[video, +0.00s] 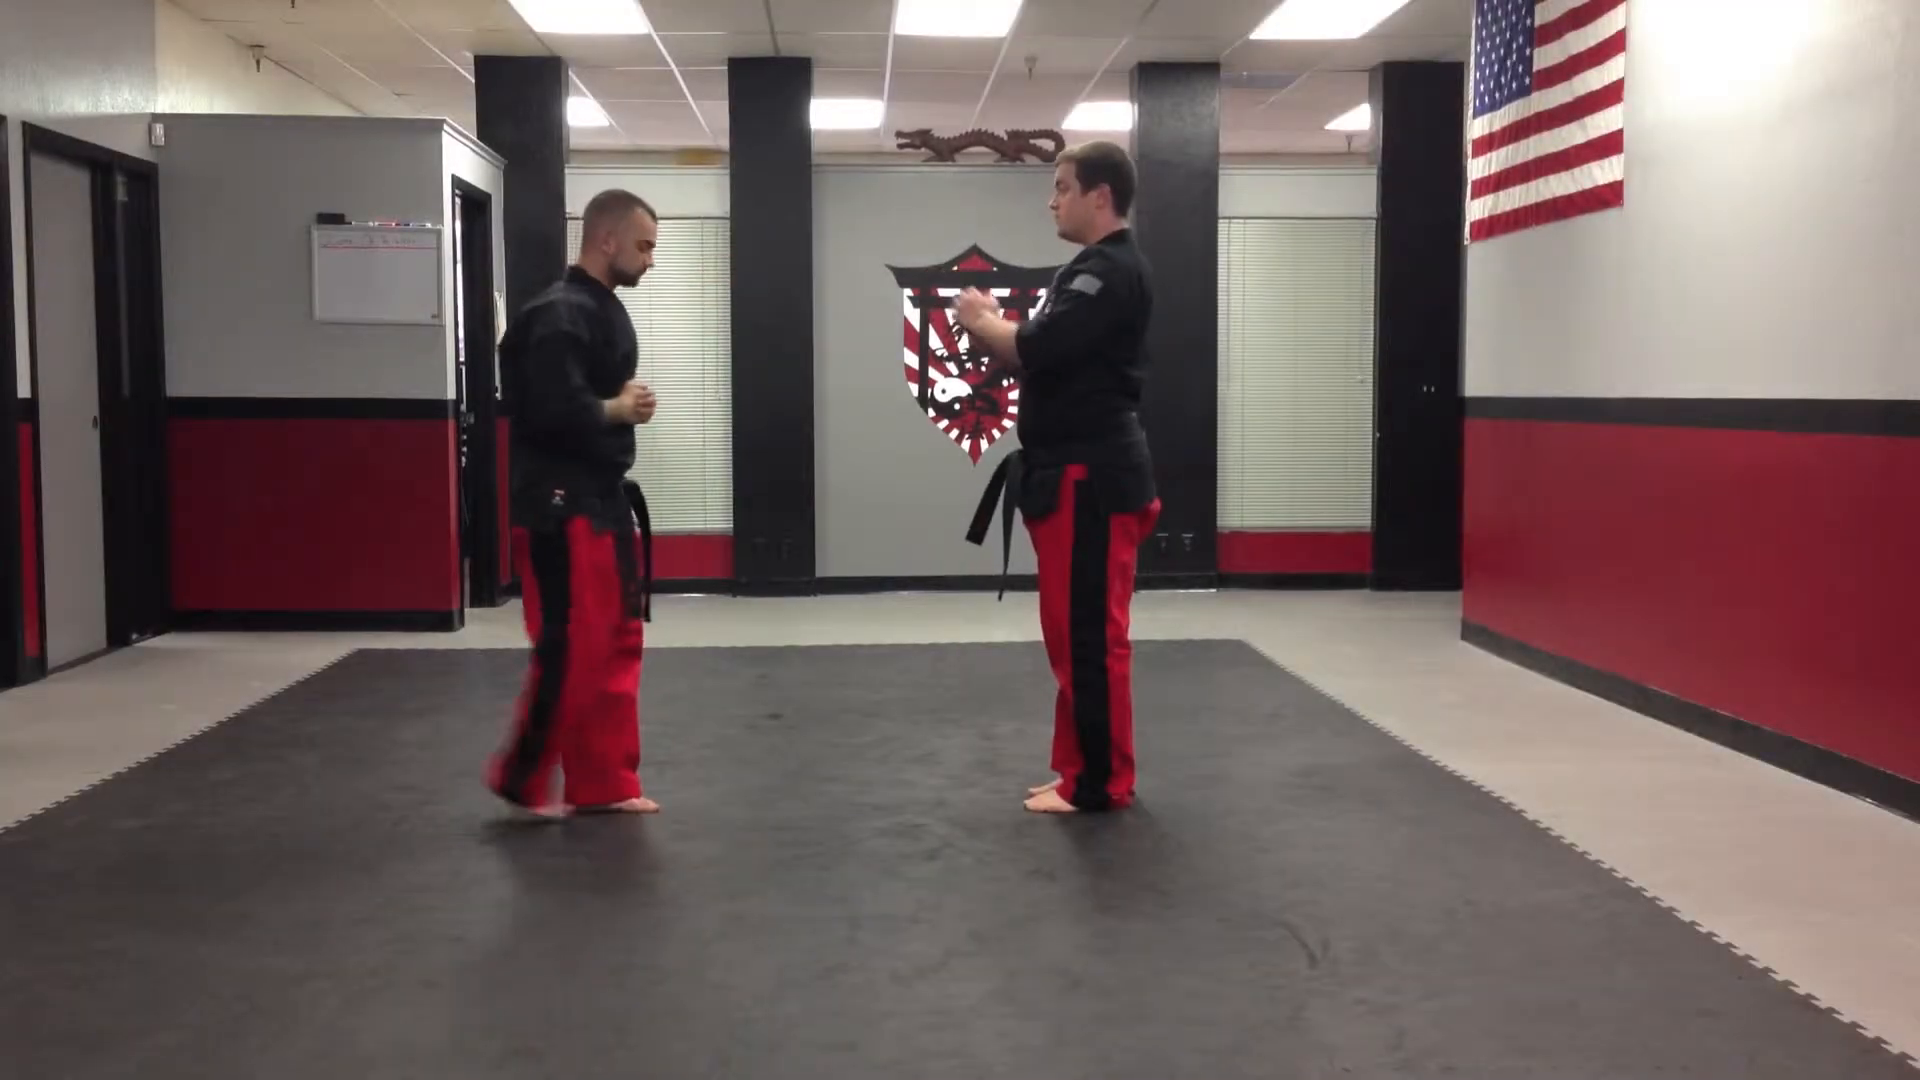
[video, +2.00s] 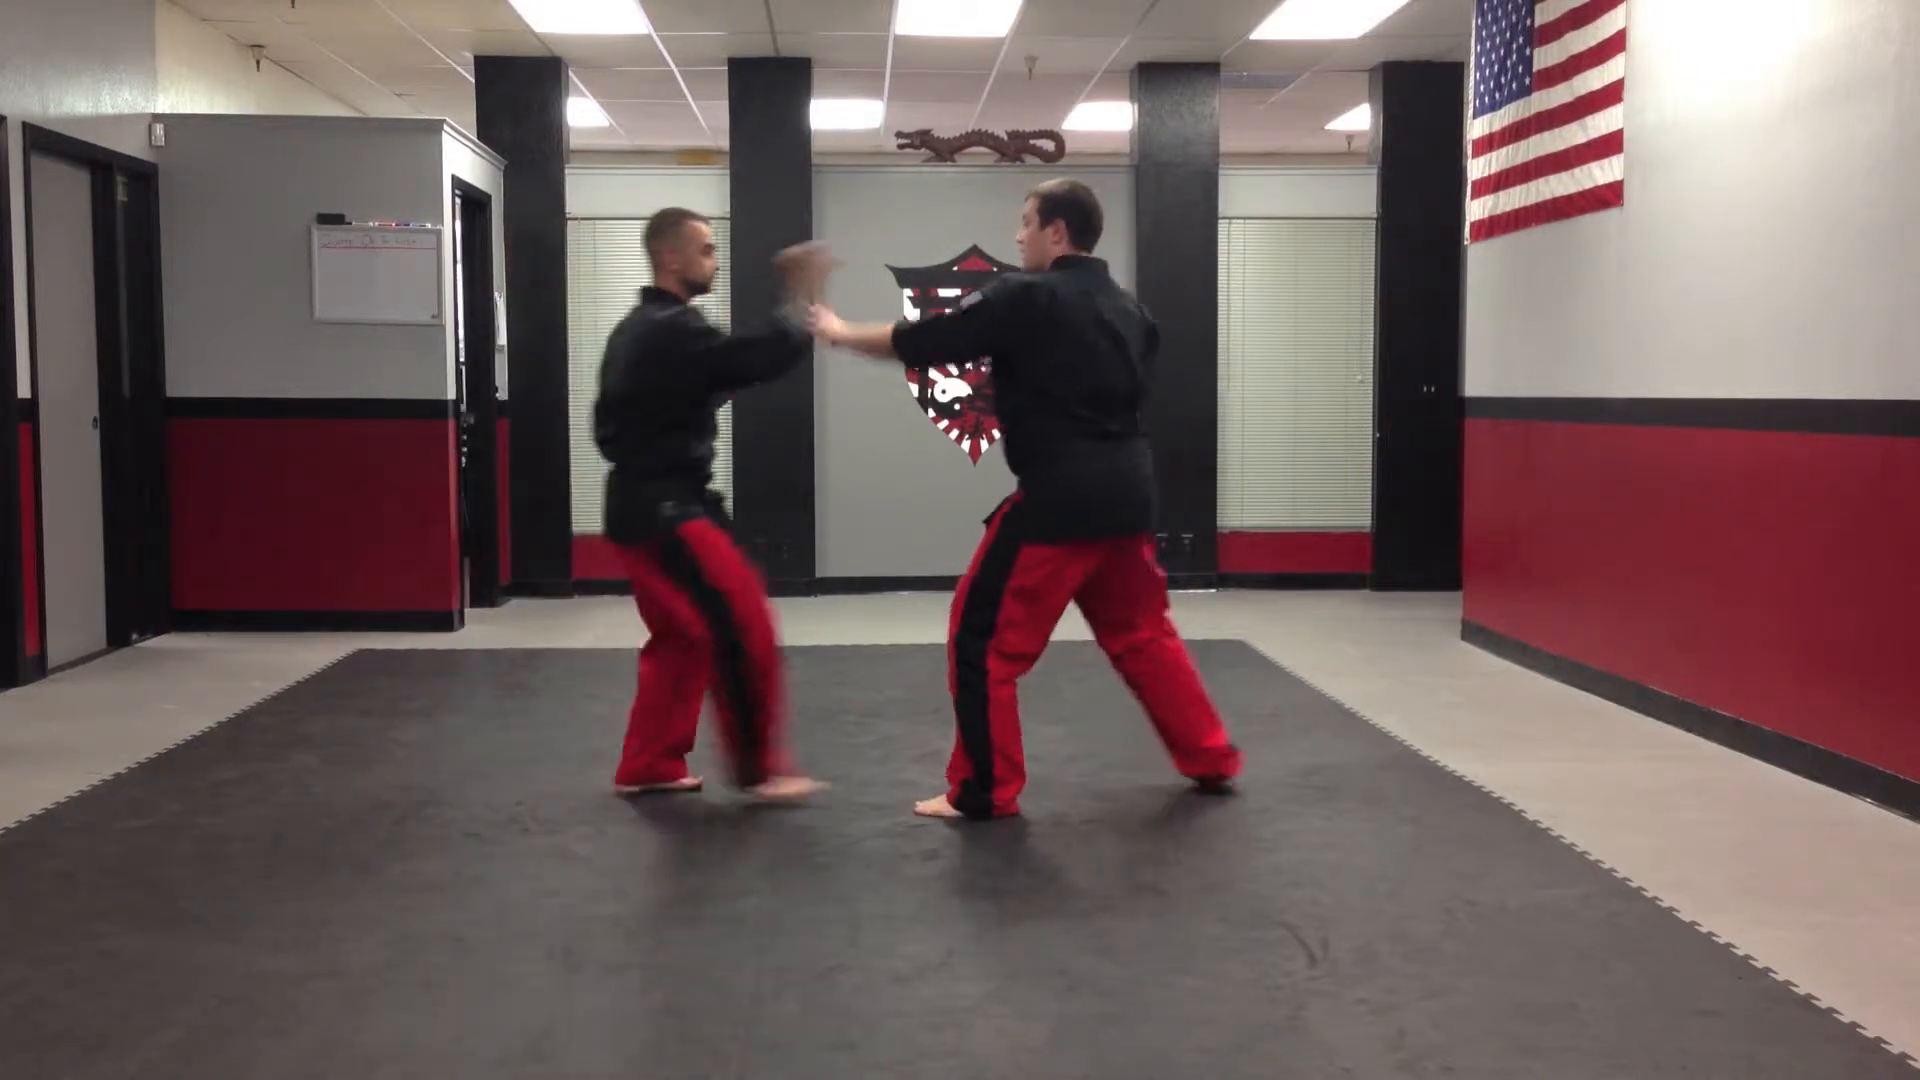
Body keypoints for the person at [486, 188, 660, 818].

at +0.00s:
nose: (652, 258)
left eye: (653, 247)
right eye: (644, 245)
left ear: (611, 243)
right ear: (606, 240)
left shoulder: (604, 311)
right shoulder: (558, 312)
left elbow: (579, 403)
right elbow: (550, 409)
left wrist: (624, 405)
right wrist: (615, 406)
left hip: (604, 496)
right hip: (561, 500)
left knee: (619, 639)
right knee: (573, 642)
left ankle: (603, 783)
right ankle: (520, 778)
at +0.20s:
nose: (631, 265)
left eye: (633, 253)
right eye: (626, 251)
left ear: (588, 247)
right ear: (586, 244)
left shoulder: (583, 314)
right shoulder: (537, 315)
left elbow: (571, 402)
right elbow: (533, 413)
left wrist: (603, 398)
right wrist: (600, 407)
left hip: (586, 507)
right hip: (538, 510)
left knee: (604, 650)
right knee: (508, 651)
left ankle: (601, 785)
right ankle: (424, 769)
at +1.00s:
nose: (579, 262)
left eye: (578, 251)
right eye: (568, 251)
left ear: (540, 257)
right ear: (529, 255)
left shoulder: (558, 330)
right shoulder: (493, 335)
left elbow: (630, 381)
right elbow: (547, 397)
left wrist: (649, 332)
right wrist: (586, 343)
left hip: (567, 518)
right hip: (504, 523)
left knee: (610, 647)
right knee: (472, 663)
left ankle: (637, 768)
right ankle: (411, 792)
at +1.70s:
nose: (633, 268)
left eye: (632, 257)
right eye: (623, 257)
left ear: (590, 265)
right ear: (583, 263)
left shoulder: (610, 335)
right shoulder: (549, 339)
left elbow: (686, 384)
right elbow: (609, 403)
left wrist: (730, 347)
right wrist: (636, 340)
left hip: (618, 519)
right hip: (558, 524)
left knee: (664, 640)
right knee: (525, 657)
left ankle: (647, 769)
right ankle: (436, 781)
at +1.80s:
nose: (656, 263)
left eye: (655, 252)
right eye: (646, 253)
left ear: (619, 259)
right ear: (609, 258)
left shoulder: (636, 331)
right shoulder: (582, 336)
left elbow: (692, 390)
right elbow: (643, 399)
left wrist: (736, 353)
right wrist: (667, 336)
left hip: (644, 511)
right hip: (592, 518)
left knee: (673, 641)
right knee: (615, 641)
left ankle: (646, 769)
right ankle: (506, 761)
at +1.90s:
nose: (684, 261)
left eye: (682, 250)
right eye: (673, 250)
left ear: (646, 260)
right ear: (635, 258)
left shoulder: (648, 326)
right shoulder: (625, 330)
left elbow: (694, 398)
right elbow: (690, 393)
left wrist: (733, 364)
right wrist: (721, 338)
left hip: (658, 501)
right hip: (625, 506)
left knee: (689, 628)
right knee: (687, 630)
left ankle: (658, 760)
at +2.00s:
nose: (715, 261)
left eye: (713, 249)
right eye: (704, 250)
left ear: (665, 260)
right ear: (667, 257)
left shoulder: (633, 330)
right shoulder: (675, 331)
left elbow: (611, 430)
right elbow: (751, 362)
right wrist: (798, 315)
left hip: (636, 511)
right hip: (672, 510)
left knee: (679, 636)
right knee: (743, 619)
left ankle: (649, 765)